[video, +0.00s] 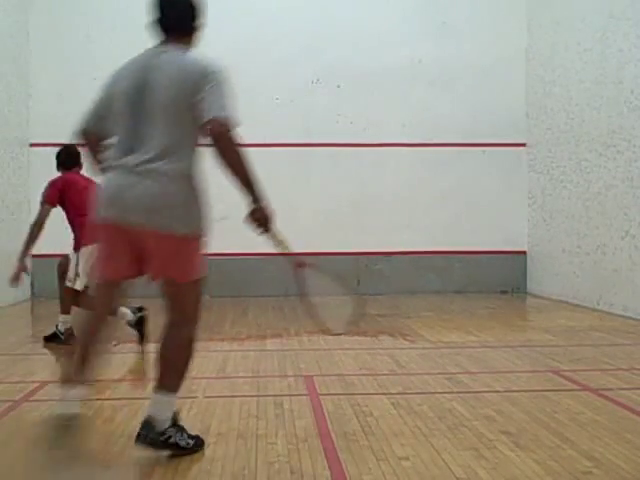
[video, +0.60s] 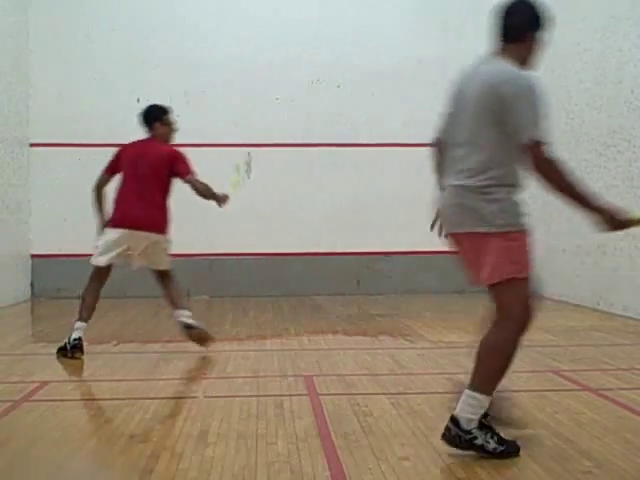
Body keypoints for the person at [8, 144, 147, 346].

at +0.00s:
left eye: (58, 164)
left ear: (59, 165)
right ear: (80, 164)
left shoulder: (59, 183)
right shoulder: (93, 184)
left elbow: (40, 221)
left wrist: (23, 257)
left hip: (88, 241)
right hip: (108, 237)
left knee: (75, 295)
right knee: (63, 267)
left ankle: (130, 316)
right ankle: (64, 327)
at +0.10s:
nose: (63, 160)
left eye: (62, 156)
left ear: (62, 157)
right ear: (83, 156)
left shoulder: (60, 177)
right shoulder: (97, 177)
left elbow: (35, 210)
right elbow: (130, 198)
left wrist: (9, 243)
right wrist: (159, 206)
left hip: (87, 237)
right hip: (111, 236)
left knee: (67, 290)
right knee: (64, 279)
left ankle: (110, 312)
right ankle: (64, 328)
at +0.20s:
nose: (90, 149)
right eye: (90, 146)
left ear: (70, 149)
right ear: (92, 147)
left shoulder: (65, 170)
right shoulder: (107, 168)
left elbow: (37, 199)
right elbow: (146, 183)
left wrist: (7, 230)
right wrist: (181, 189)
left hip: (89, 230)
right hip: (114, 231)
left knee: (67, 277)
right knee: (75, 278)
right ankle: (68, 325)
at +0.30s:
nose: (107, 137)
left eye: (105, 134)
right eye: (105, 134)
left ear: (82, 139)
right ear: (101, 136)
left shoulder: (72, 162)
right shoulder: (118, 159)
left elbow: (42, 195)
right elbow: (160, 177)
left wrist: (17, 228)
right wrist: (189, 178)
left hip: (91, 227)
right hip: (119, 228)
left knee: (77, 281)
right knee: (92, 280)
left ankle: (76, 329)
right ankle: (74, 325)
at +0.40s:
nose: (124, 133)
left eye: (122, 129)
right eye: (121, 130)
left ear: (100, 135)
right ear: (112, 133)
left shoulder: (86, 160)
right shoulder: (132, 156)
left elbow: (56, 195)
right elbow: (169, 181)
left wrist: (39, 233)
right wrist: (193, 179)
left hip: (97, 227)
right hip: (129, 228)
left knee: (80, 282)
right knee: (110, 272)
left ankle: (76, 337)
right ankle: (100, 325)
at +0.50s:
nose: (146, 132)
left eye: (144, 127)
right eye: (142, 128)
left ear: (123, 132)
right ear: (131, 130)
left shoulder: (103, 156)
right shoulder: (148, 156)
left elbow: (76, 195)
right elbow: (177, 184)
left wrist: (70, 231)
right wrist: (202, 189)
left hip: (105, 230)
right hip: (137, 232)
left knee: (85, 282)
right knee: (134, 268)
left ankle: (76, 337)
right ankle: (143, 315)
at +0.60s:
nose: (173, 128)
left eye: (172, 123)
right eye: (169, 123)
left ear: (150, 127)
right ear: (157, 126)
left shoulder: (127, 150)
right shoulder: (170, 154)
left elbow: (99, 185)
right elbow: (194, 183)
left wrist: (102, 218)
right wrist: (216, 197)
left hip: (121, 224)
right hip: (154, 228)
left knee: (97, 278)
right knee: (166, 276)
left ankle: (76, 336)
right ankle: (184, 317)